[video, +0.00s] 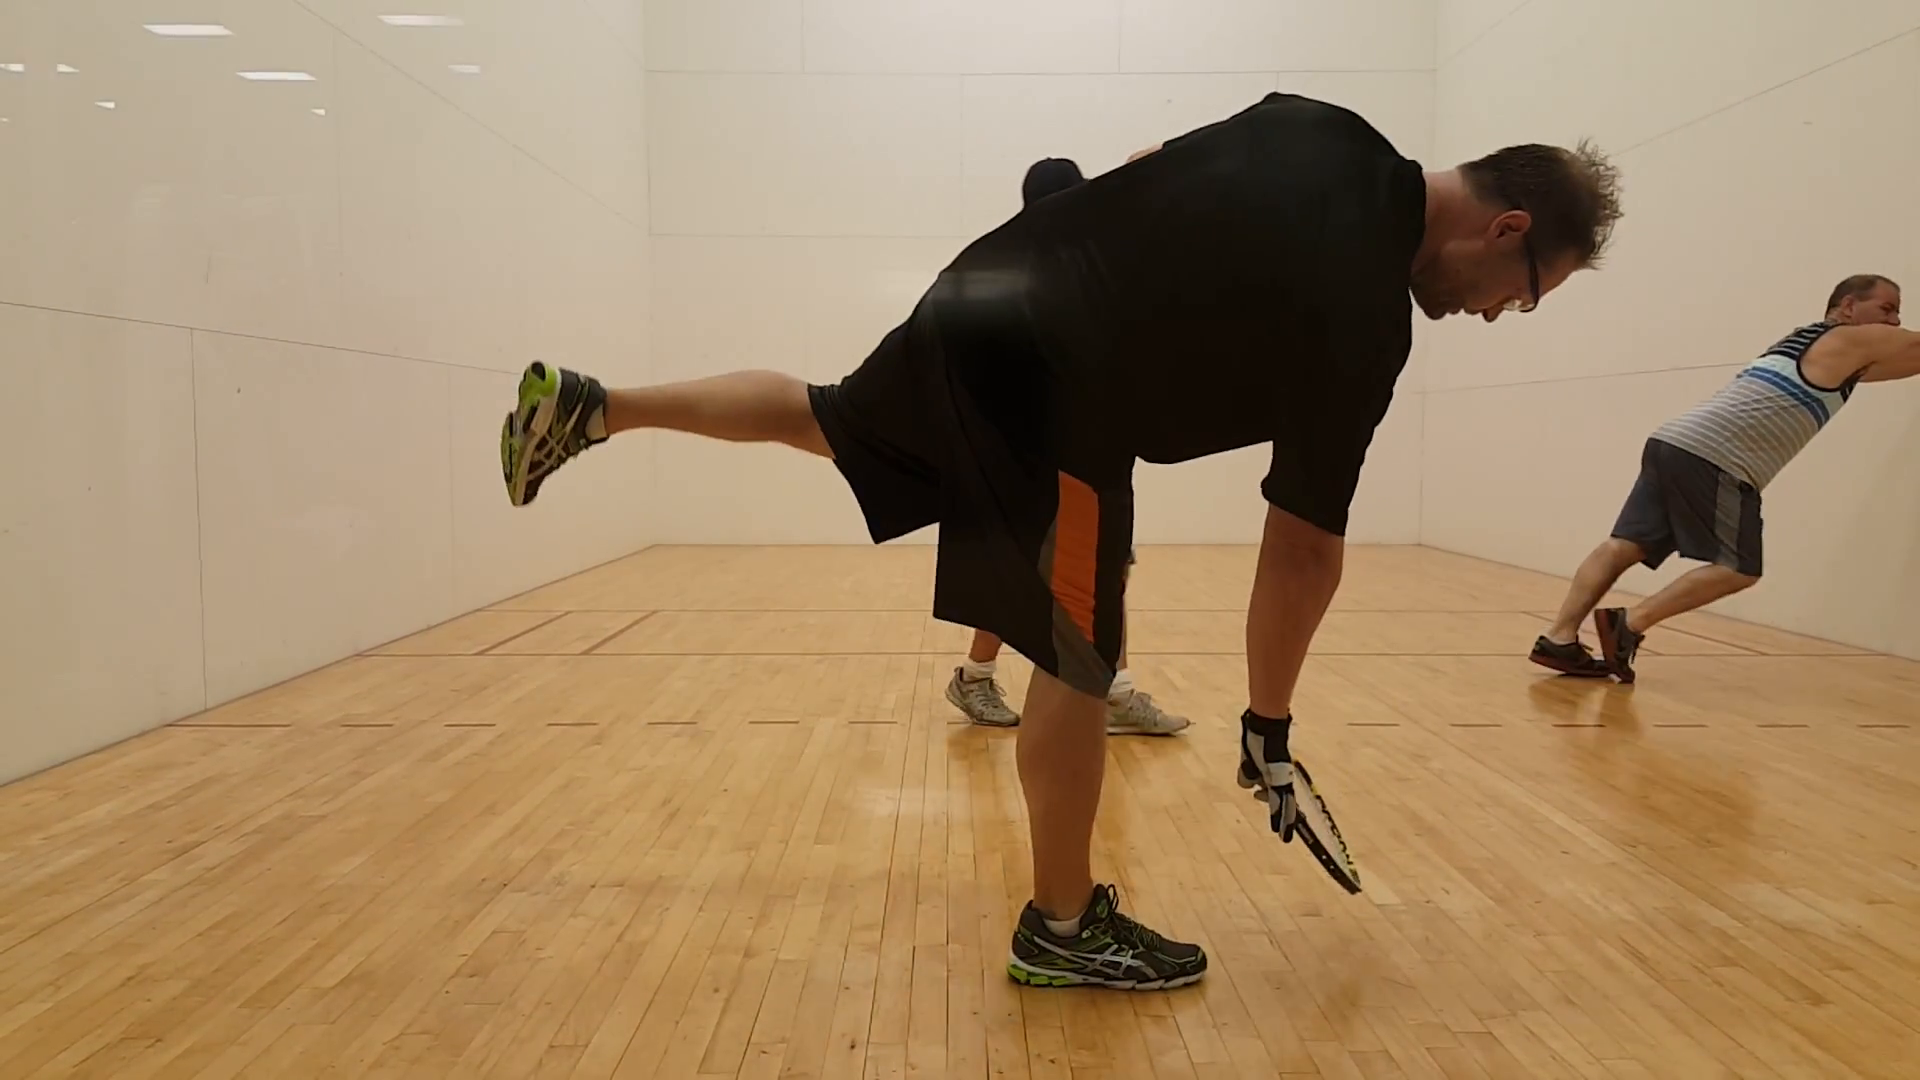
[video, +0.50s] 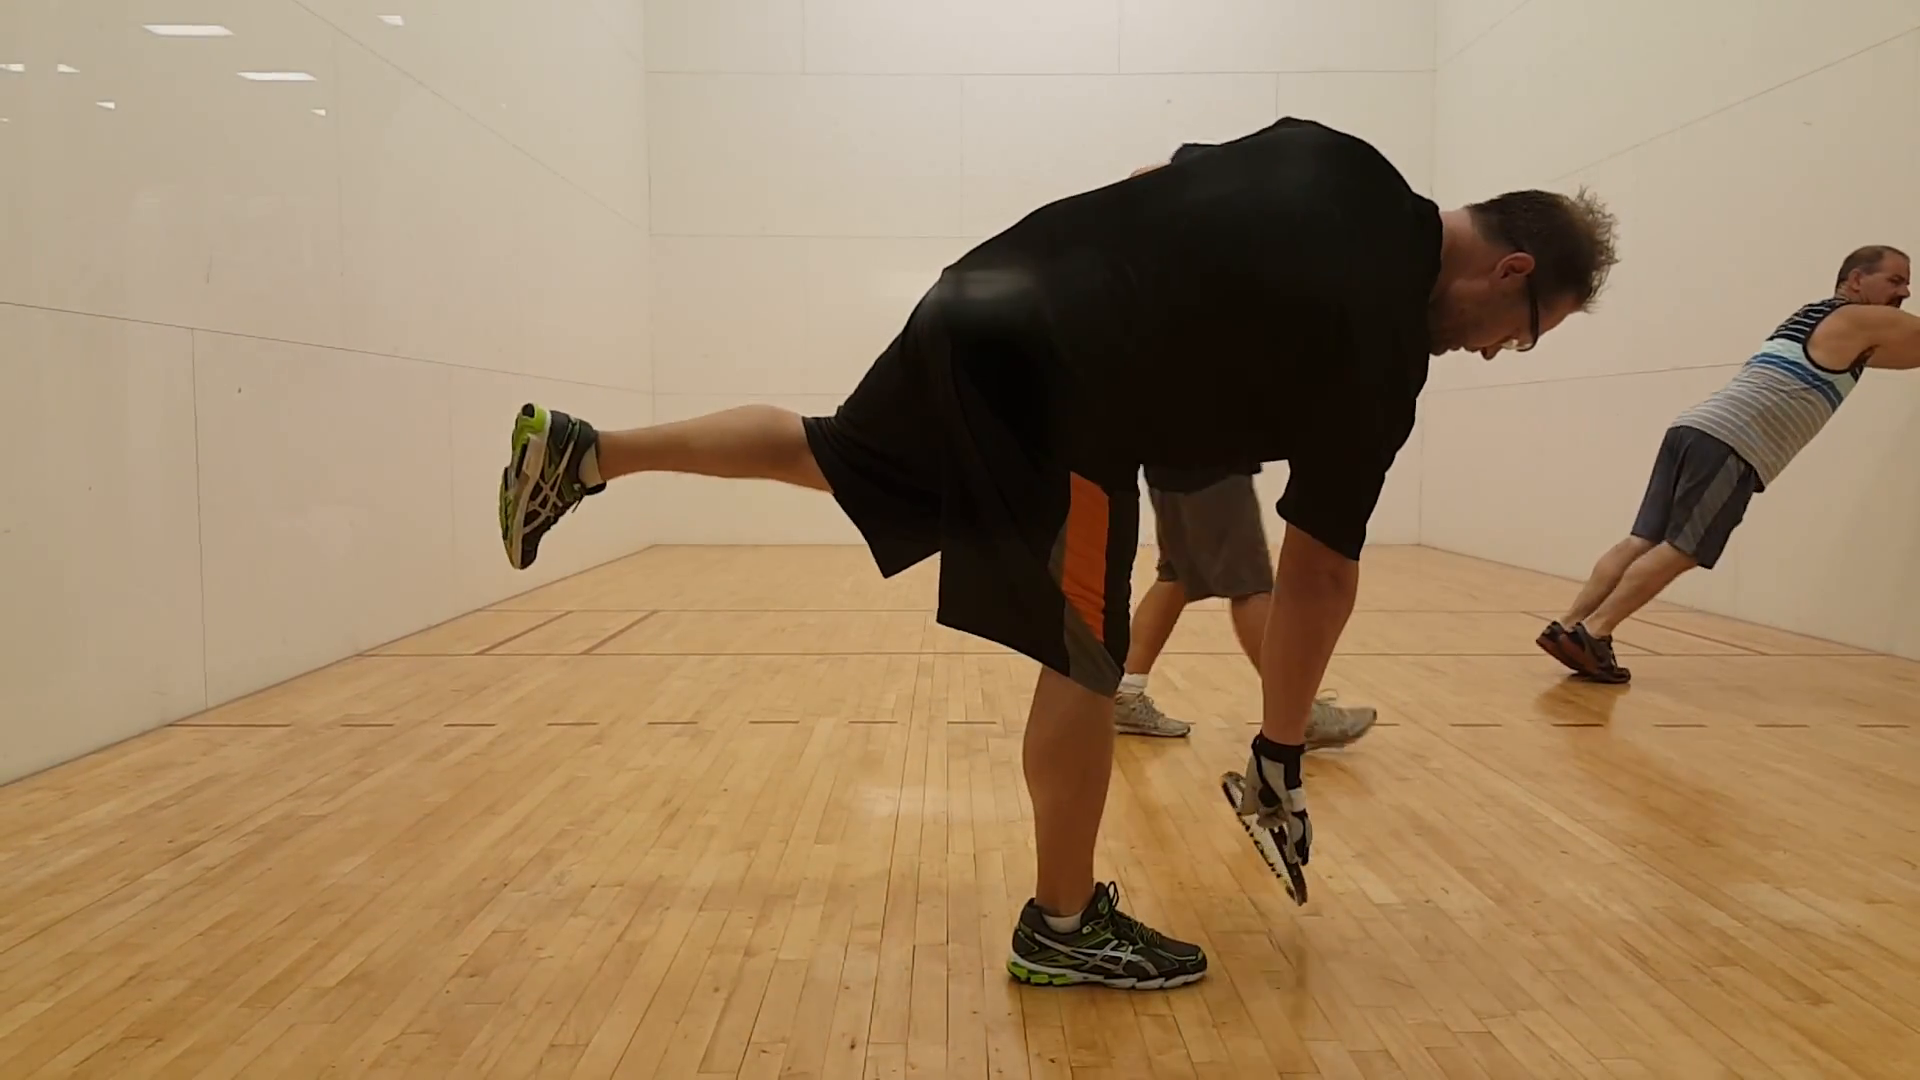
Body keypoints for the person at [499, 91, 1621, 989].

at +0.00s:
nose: (1507, 311)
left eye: (1527, 299)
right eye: (1528, 288)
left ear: (1479, 187)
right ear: (1505, 225)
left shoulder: (1316, 125)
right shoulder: (1366, 330)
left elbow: (1149, 178)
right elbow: (1301, 542)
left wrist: (1058, 240)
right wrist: (1267, 726)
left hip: (991, 291)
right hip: (1063, 393)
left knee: (836, 423)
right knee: (1079, 665)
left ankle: (594, 408)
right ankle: (1061, 921)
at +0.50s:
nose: (1496, 352)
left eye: (1518, 339)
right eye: (1520, 329)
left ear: (1479, 229)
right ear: (1506, 267)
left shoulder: (1329, 155)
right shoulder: (1382, 348)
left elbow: (1153, 183)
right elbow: (1314, 574)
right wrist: (1279, 753)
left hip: (982, 296)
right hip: (1067, 385)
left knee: (840, 455)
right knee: (1089, 646)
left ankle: (585, 451)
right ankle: (1063, 921)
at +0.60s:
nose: (1494, 365)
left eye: (1515, 353)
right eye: (1517, 342)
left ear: (1481, 245)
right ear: (1505, 279)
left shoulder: (1331, 168)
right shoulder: (1380, 356)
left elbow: (1189, 250)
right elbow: (1316, 585)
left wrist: (1231, 508)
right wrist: (1281, 757)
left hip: (978, 302)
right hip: (1064, 391)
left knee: (843, 466)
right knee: (1103, 658)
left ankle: (584, 468)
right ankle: (1064, 923)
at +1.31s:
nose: (1487, 449)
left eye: (1511, 434)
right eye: (1508, 429)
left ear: (1477, 315)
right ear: (1493, 377)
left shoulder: (1352, 237)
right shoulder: (1384, 436)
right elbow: (1319, 648)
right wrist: (1289, 824)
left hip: (1009, 278)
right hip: (1080, 386)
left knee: (790, 396)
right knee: (1081, 660)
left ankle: (522, 405)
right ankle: (1063, 924)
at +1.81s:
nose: (1471, 509)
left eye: (1492, 499)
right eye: (1490, 492)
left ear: (1475, 392)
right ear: (1483, 441)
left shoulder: (1368, 287)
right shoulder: (1374, 489)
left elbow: (1205, 265)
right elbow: (1319, 690)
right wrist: (1294, 878)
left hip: (1033, 264)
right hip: (1083, 388)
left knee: (787, 332)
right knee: (1075, 655)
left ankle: (511, 275)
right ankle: (1063, 921)